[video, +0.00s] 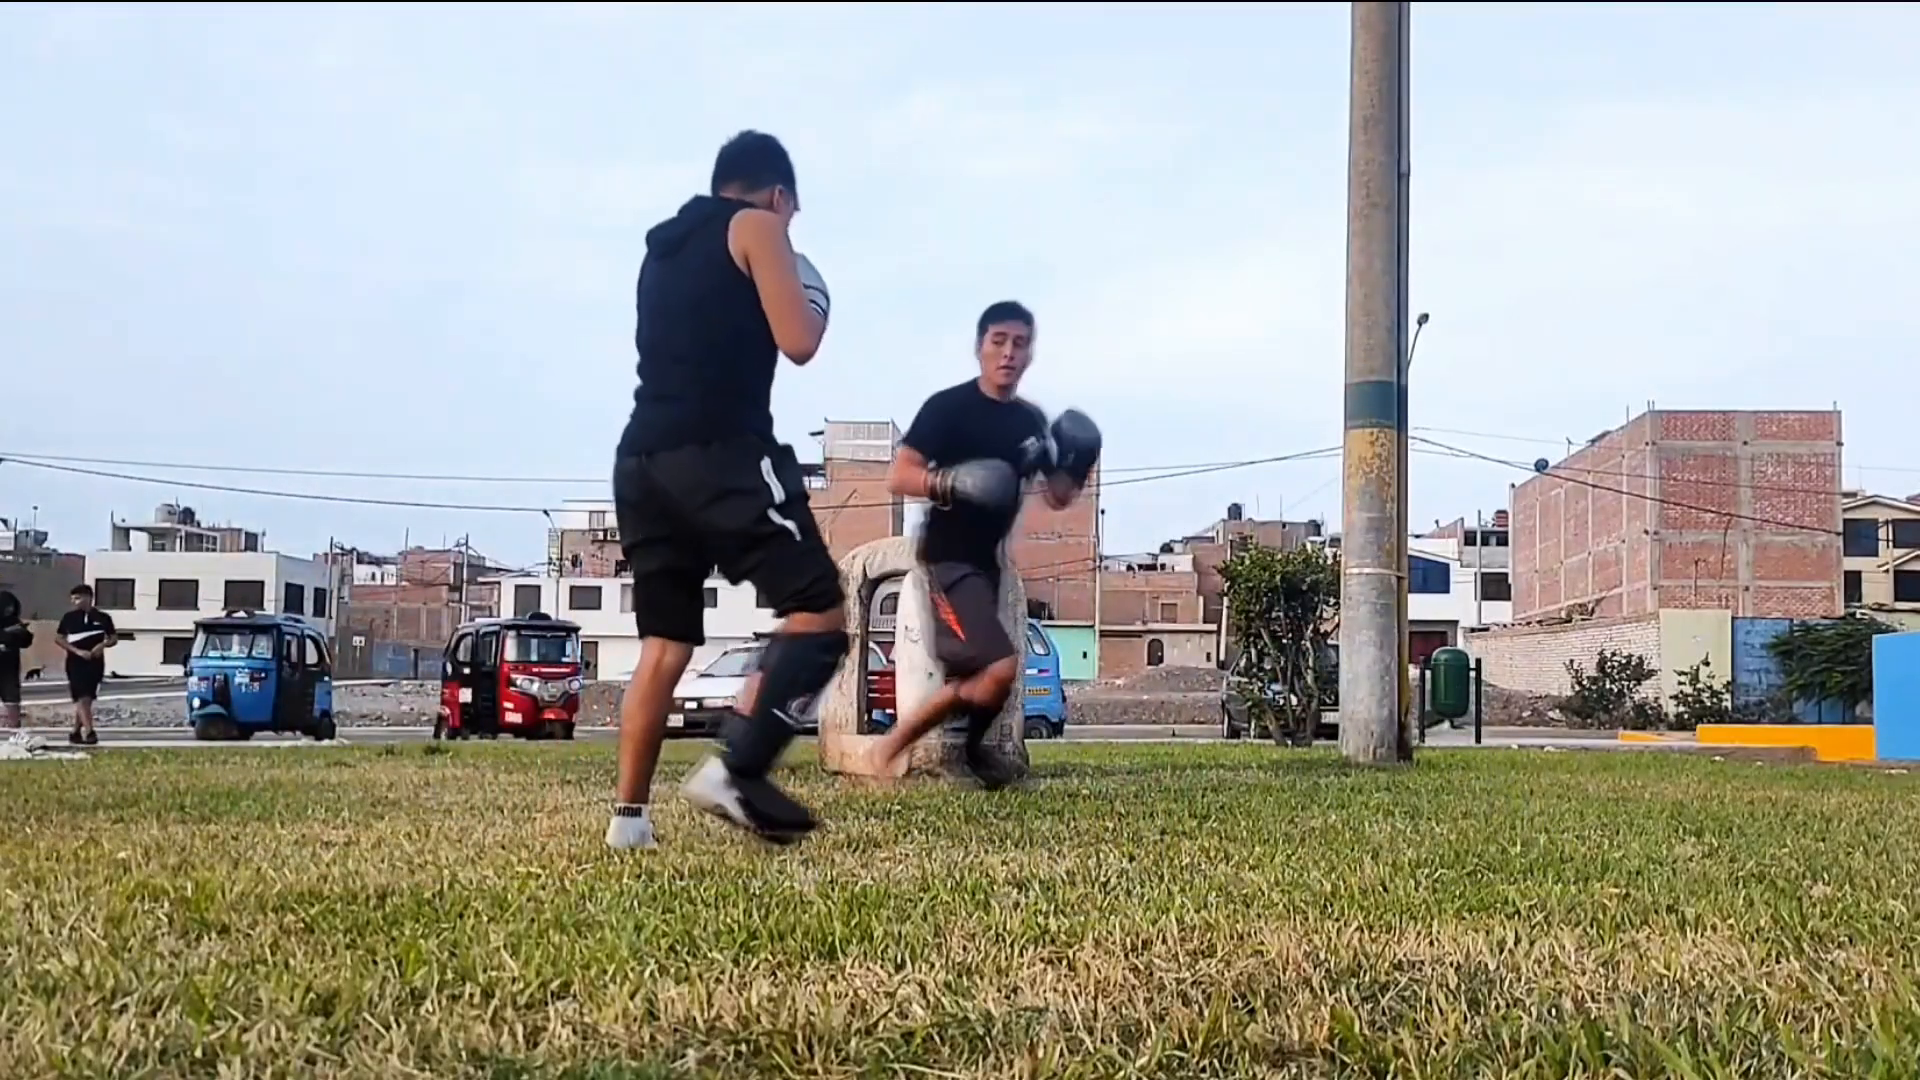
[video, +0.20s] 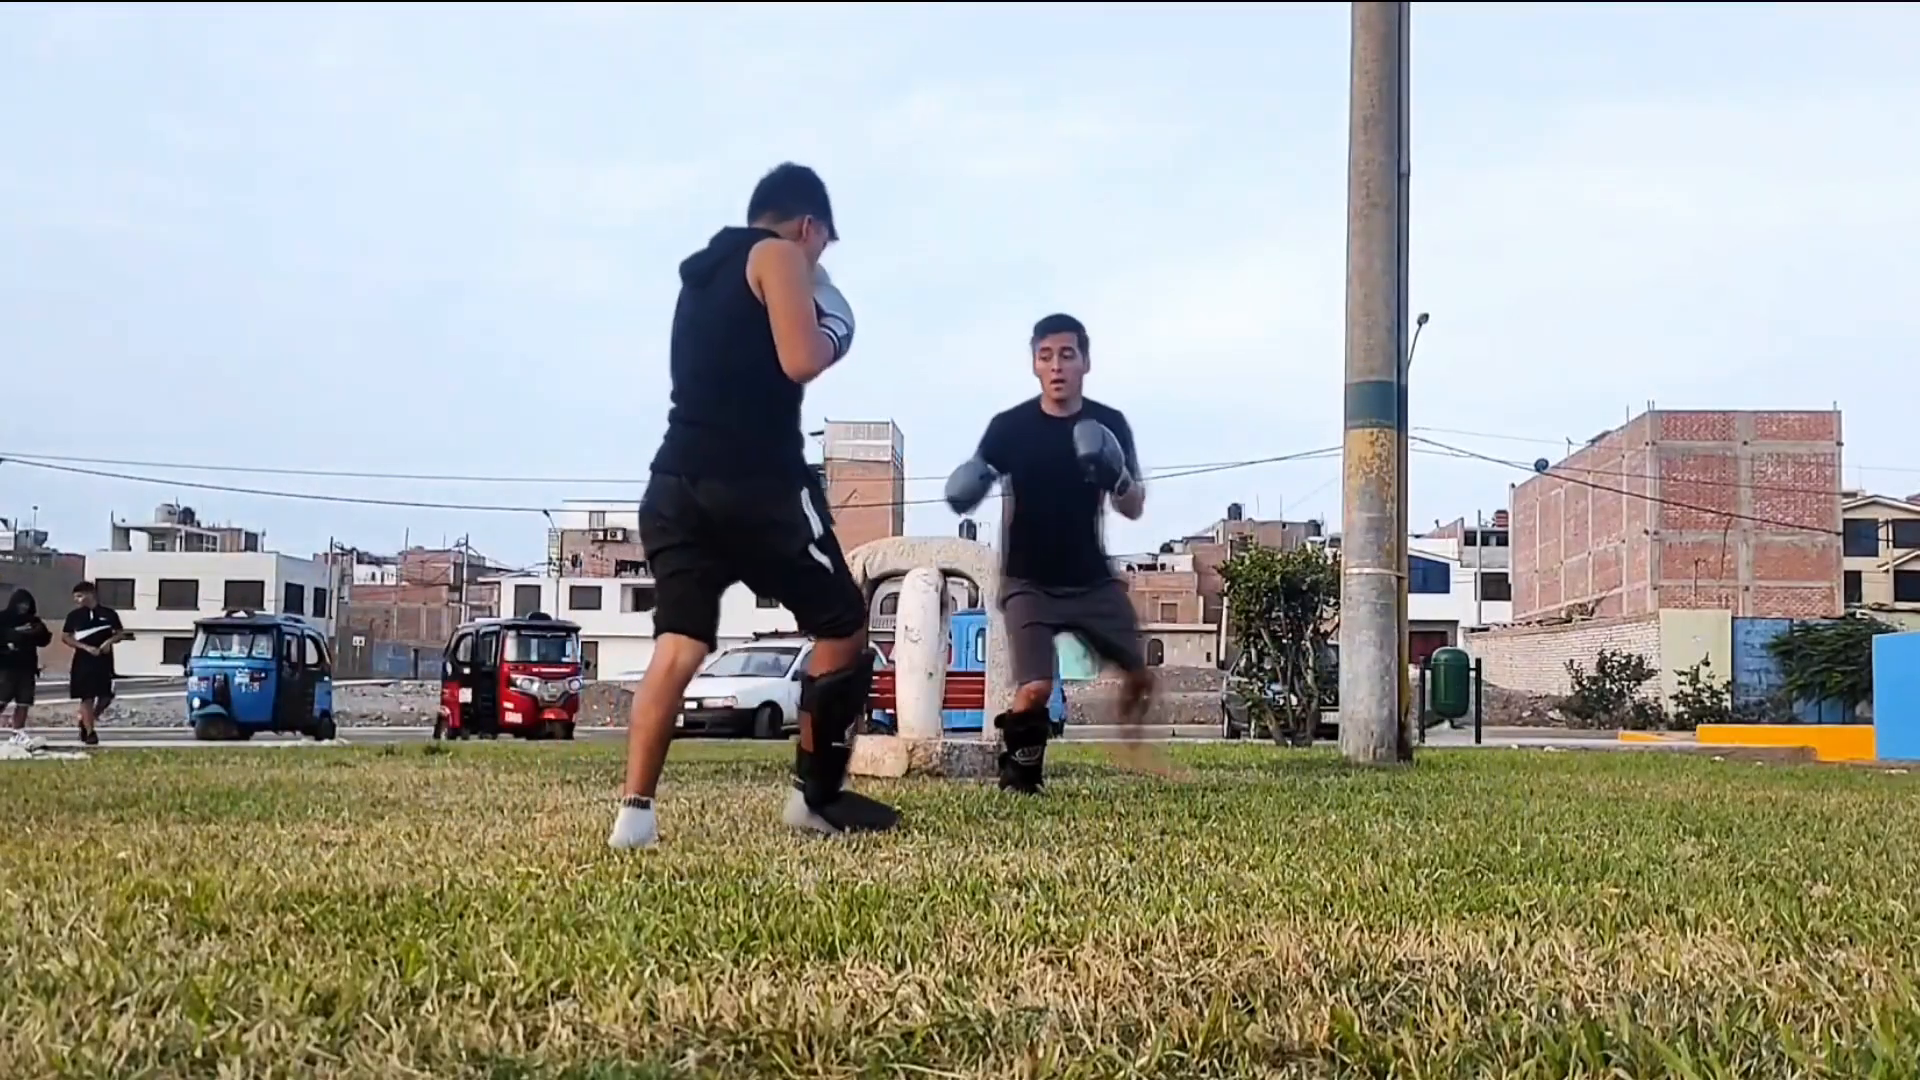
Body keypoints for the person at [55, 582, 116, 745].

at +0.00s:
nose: (75, 602)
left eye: (78, 598)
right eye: (73, 598)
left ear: (89, 599)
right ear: (72, 600)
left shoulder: (103, 618)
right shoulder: (69, 617)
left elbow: (113, 639)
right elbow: (59, 638)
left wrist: (101, 646)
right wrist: (77, 651)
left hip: (94, 659)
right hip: (75, 660)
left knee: (86, 696)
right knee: (82, 696)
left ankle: (77, 729)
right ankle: (89, 731)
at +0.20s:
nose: (77, 600)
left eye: (79, 596)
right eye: (75, 597)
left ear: (91, 594)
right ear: (76, 598)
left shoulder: (108, 614)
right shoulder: (74, 616)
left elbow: (120, 633)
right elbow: (66, 637)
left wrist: (109, 642)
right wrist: (86, 647)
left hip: (103, 660)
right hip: (84, 661)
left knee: (106, 696)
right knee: (87, 697)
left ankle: (86, 721)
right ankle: (90, 730)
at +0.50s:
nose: (87, 600)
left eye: (90, 596)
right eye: (86, 596)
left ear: (101, 596)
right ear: (87, 597)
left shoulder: (118, 614)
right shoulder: (83, 615)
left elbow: (127, 635)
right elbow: (75, 636)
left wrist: (117, 647)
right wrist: (93, 649)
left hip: (111, 660)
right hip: (90, 661)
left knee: (118, 695)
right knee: (90, 698)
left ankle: (120, 731)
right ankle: (91, 732)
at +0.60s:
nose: (80, 605)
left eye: (83, 601)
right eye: (79, 602)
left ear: (93, 600)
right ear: (78, 601)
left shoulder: (109, 619)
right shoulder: (73, 620)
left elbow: (117, 641)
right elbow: (66, 640)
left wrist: (108, 654)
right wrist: (83, 654)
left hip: (101, 664)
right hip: (80, 665)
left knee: (107, 700)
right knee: (79, 702)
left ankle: (113, 734)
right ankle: (78, 736)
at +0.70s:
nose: (53, 614)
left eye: (57, 610)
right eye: (52, 610)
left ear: (68, 610)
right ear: (50, 612)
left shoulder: (82, 629)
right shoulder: (47, 628)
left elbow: (88, 652)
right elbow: (37, 650)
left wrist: (80, 665)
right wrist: (53, 664)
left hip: (73, 675)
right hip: (52, 675)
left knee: (77, 712)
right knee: (49, 713)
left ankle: (80, 747)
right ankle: (46, 748)